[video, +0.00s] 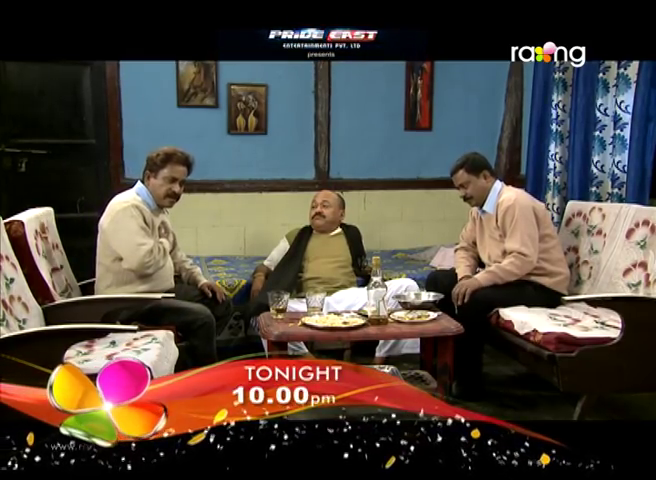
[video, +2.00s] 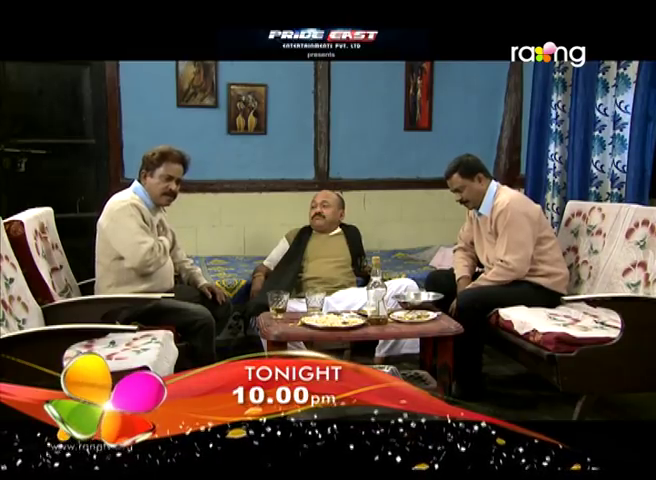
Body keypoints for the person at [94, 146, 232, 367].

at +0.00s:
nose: (177, 190)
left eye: (182, 184)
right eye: (171, 181)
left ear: (184, 185)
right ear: (149, 177)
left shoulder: (158, 214)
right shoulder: (125, 209)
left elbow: (176, 257)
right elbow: (140, 262)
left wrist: (201, 281)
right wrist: (164, 244)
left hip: (158, 295)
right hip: (128, 304)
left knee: (219, 303)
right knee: (200, 318)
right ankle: (205, 385)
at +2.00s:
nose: (173, 188)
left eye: (178, 182)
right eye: (167, 179)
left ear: (181, 184)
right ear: (145, 177)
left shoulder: (156, 213)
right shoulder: (122, 208)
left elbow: (178, 258)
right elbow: (142, 260)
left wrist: (202, 283)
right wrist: (165, 241)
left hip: (156, 295)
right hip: (127, 304)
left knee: (219, 304)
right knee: (200, 319)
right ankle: (203, 383)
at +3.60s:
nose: (159, 178)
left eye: (162, 173)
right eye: (151, 171)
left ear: (164, 178)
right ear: (129, 175)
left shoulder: (144, 210)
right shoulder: (110, 203)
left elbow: (170, 256)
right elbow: (121, 240)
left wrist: (199, 280)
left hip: (157, 293)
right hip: (126, 301)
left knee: (218, 302)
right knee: (201, 317)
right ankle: (203, 383)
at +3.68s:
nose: (160, 177)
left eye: (163, 173)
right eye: (152, 170)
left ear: (166, 177)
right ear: (131, 175)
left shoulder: (146, 211)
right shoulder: (112, 202)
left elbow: (168, 255)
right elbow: (112, 226)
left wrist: (199, 280)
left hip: (159, 293)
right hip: (126, 302)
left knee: (218, 302)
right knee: (201, 318)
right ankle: (204, 382)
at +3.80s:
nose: (159, 182)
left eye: (164, 177)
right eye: (152, 174)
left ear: (168, 181)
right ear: (132, 175)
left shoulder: (151, 213)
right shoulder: (108, 206)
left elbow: (172, 256)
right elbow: (86, 237)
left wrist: (200, 280)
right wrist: (62, 235)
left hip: (161, 295)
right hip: (127, 304)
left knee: (219, 303)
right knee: (199, 318)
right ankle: (203, 383)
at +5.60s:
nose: (171, 186)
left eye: (177, 181)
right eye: (164, 178)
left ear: (182, 185)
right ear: (146, 176)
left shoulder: (166, 212)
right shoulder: (118, 207)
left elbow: (176, 256)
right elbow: (87, 245)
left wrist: (200, 279)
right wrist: (86, 262)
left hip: (164, 298)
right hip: (128, 305)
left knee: (218, 301)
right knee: (199, 318)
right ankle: (205, 384)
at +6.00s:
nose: (179, 190)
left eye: (186, 185)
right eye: (173, 181)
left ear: (191, 188)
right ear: (155, 177)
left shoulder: (172, 214)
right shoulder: (126, 208)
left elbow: (180, 259)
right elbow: (92, 249)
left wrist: (202, 280)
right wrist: (98, 265)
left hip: (167, 296)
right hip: (130, 304)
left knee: (221, 304)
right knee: (200, 319)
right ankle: (204, 387)